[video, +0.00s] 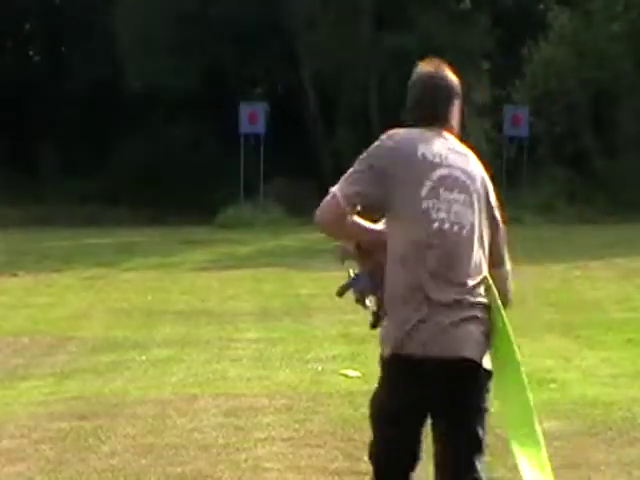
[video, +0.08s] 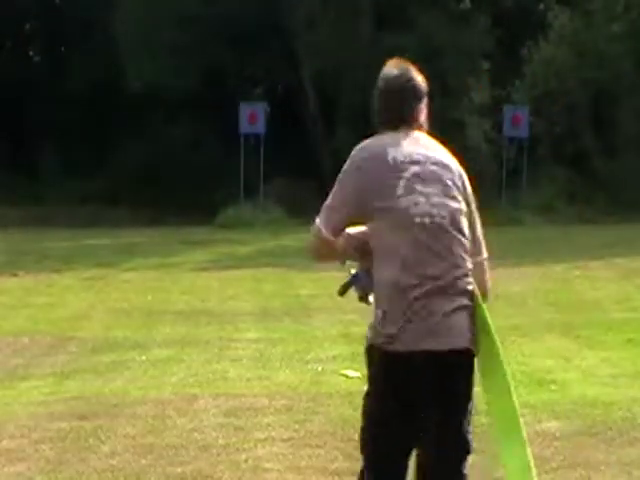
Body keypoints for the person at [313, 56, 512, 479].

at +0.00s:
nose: (461, 112)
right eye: (459, 105)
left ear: (410, 107)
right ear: (455, 110)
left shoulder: (393, 149)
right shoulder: (474, 168)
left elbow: (329, 215)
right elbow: (498, 269)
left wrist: (375, 236)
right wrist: (495, 319)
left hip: (407, 353)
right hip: (466, 354)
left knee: (391, 466)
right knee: (460, 468)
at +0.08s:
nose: (427, 112)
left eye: (423, 104)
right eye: (426, 105)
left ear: (379, 110)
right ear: (422, 110)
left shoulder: (368, 156)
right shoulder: (448, 162)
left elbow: (322, 244)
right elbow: (477, 257)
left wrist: (362, 242)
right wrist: (479, 302)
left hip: (396, 346)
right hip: (454, 344)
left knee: (383, 461)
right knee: (446, 459)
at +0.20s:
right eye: (398, 108)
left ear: (355, 116)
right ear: (399, 114)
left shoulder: (345, 165)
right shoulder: (428, 167)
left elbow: (323, 249)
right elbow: (472, 259)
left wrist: (364, 243)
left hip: (363, 336)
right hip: (419, 335)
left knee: (357, 452)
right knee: (402, 453)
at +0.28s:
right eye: (400, 94)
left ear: (356, 102)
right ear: (398, 101)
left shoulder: (337, 153)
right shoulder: (423, 153)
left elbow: (325, 251)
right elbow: (462, 246)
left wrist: (362, 233)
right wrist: (437, 225)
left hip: (346, 324)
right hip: (402, 326)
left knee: (360, 443)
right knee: (386, 438)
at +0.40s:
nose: (400, 116)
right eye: (402, 110)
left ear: (360, 115)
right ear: (402, 117)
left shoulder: (341, 160)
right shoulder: (420, 177)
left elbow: (305, 238)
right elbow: (438, 269)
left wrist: (342, 236)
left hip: (335, 326)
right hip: (389, 334)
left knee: (330, 443)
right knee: (375, 449)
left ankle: (328, 471)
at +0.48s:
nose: (403, 123)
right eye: (403, 118)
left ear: (361, 118)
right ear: (402, 126)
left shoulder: (338, 155)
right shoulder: (417, 185)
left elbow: (286, 206)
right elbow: (427, 265)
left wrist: (336, 212)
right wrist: (421, 332)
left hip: (337, 328)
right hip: (388, 330)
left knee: (334, 435)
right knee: (380, 441)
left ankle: (329, 472)